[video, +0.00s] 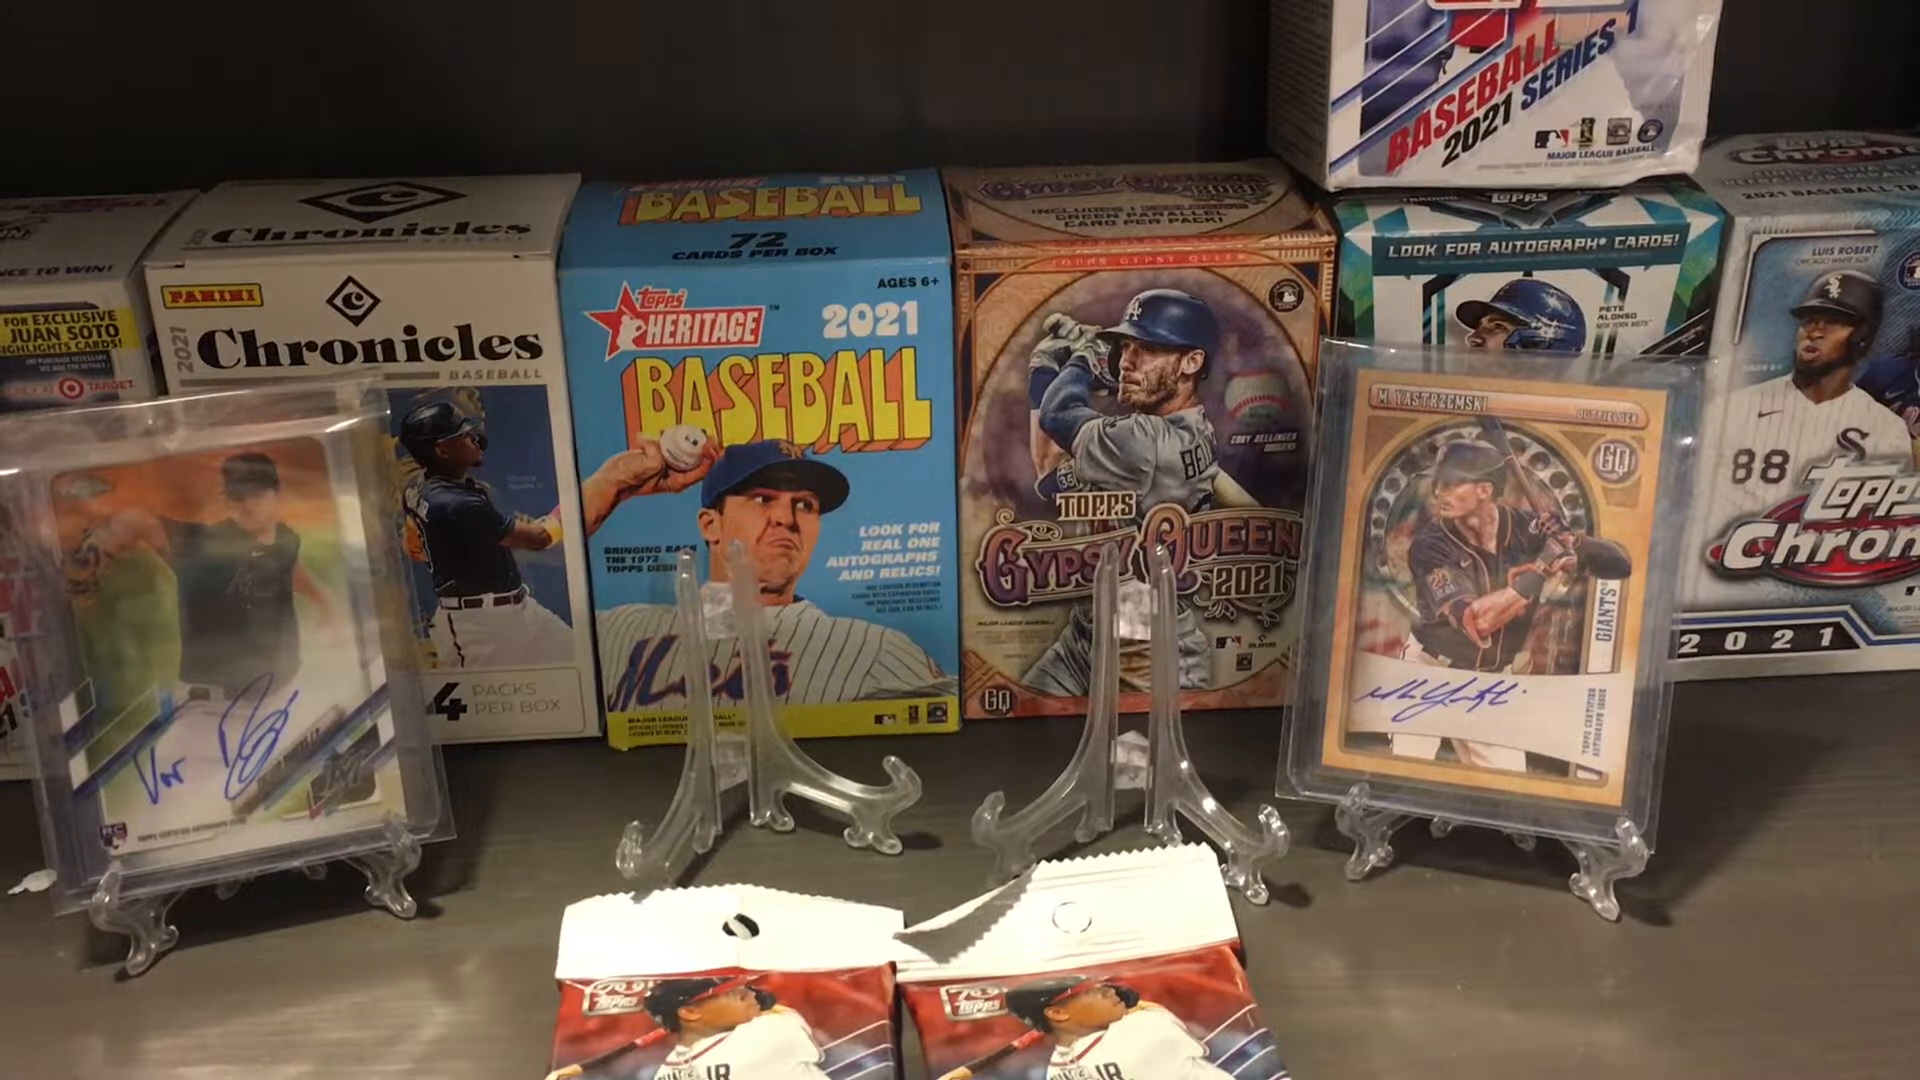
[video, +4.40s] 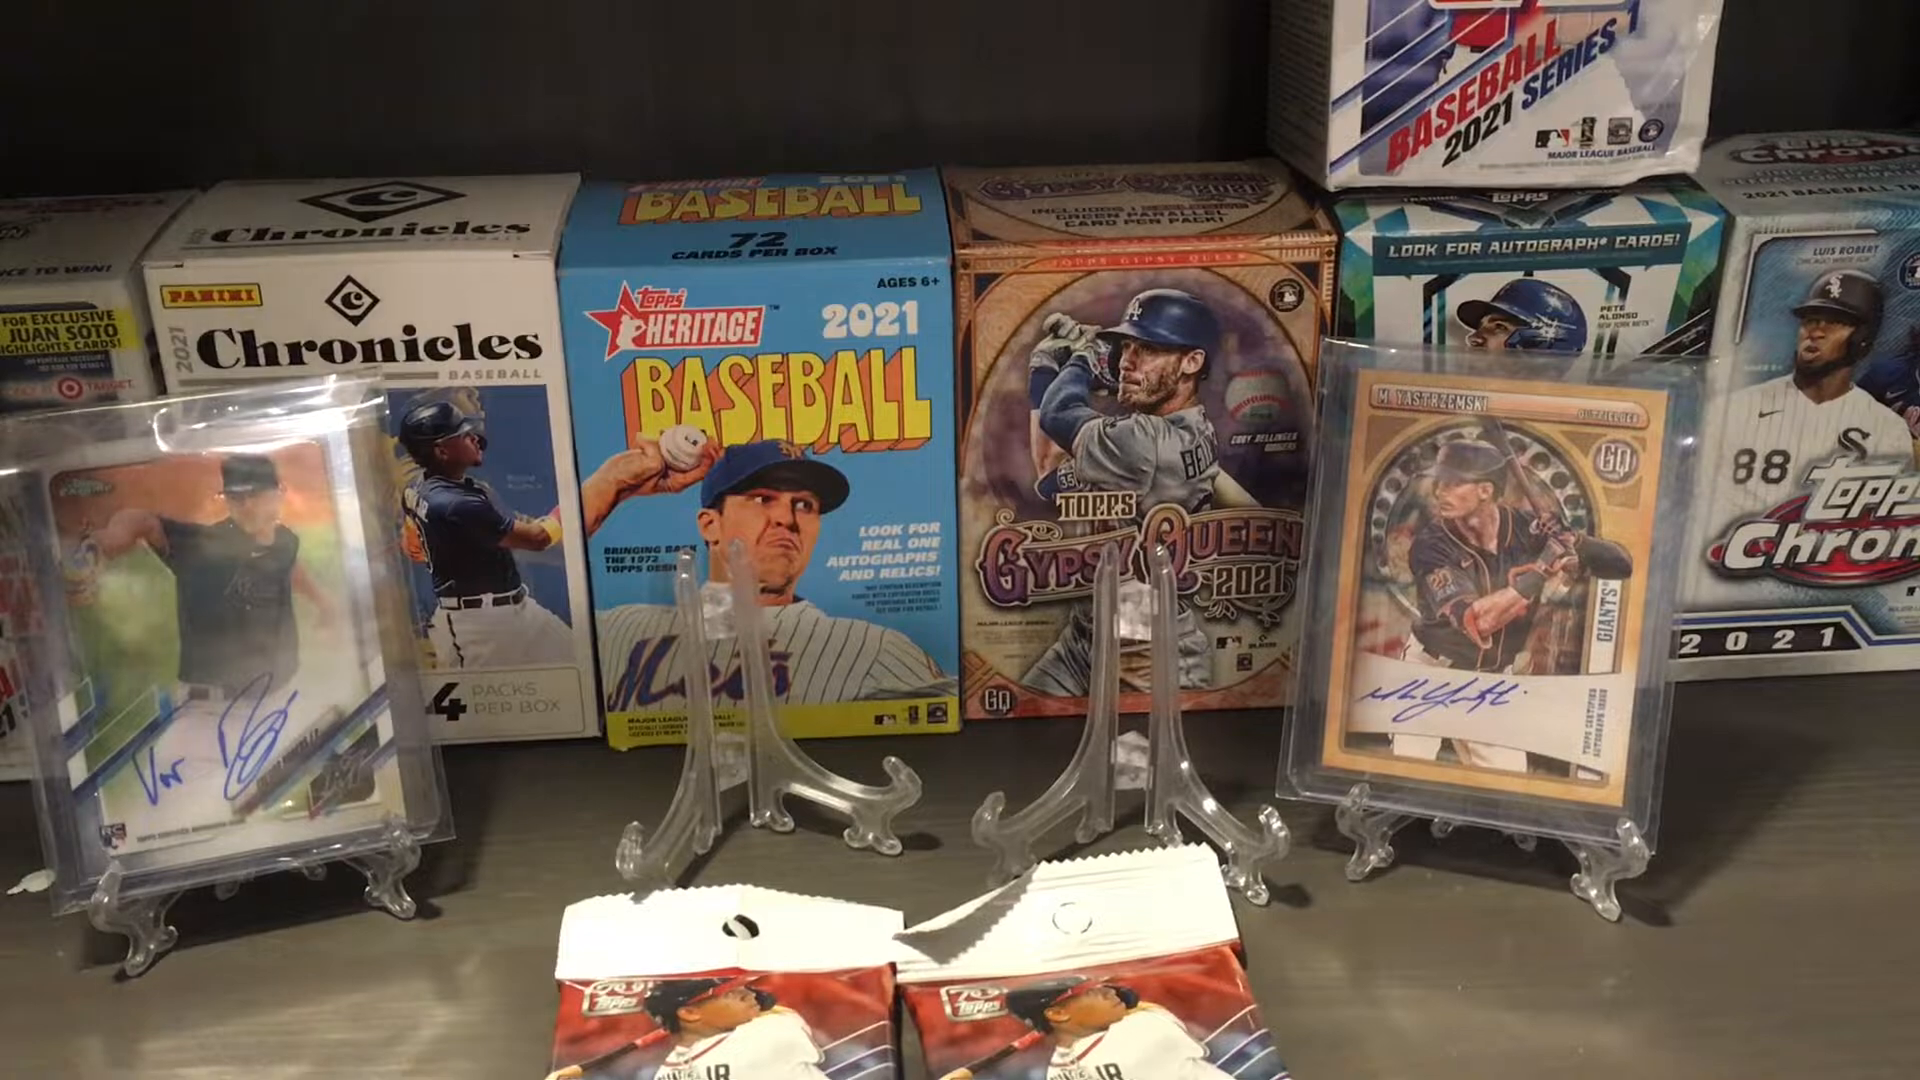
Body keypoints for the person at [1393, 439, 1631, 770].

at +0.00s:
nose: (1439, 492)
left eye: (1451, 484)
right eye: (1439, 484)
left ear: (1484, 491)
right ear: (1435, 487)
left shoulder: (1526, 528)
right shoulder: (1430, 542)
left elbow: (1622, 564)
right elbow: (1475, 623)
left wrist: (1577, 551)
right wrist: (1539, 571)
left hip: (1495, 677)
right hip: (1429, 670)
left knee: (1509, 792)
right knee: (1410, 775)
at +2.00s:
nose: (1439, 492)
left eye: (1451, 484)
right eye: (1439, 483)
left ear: (1484, 490)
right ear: (1436, 486)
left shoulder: (1527, 528)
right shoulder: (1430, 540)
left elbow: (1622, 562)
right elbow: (1474, 622)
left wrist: (1574, 551)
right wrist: (1540, 569)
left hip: (1495, 676)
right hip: (1429, 668)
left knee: (1508, 787)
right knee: (1411, 772)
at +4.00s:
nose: (1439, 492)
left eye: (1452, 484)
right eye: (1439, 483)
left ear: (1484, 491)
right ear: (1436, 486)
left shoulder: (1528, 530)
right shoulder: (1430, 542)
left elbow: (1622, 565)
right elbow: (1473, 622)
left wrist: (1574, 547)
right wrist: (1538, 573)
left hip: (1495, 677)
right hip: (1429, 670)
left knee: (1510, 789)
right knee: (1411, 772)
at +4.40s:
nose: (1440, 492)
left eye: (1453, 484)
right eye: (1440, 482)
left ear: (1485, 492)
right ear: (1435, 484)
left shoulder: (1526, 529)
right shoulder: (1431, 541)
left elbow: (1623, 563)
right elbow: (1473, 622)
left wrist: (1574, 548)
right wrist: (1540, 571)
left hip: (1494, 676)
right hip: (1430, 669)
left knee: (1509, 787)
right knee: (1411, 774)